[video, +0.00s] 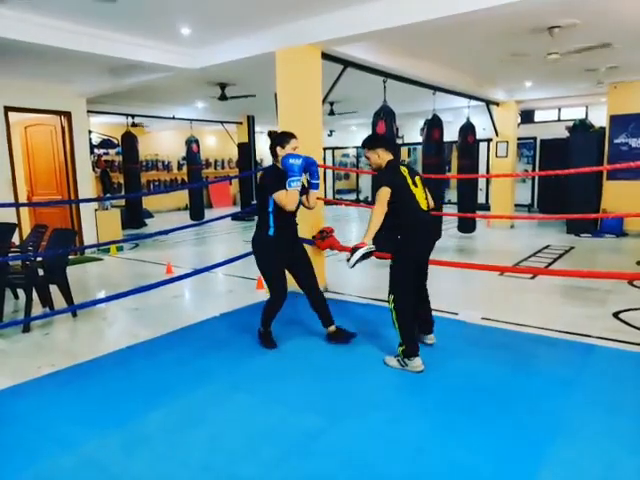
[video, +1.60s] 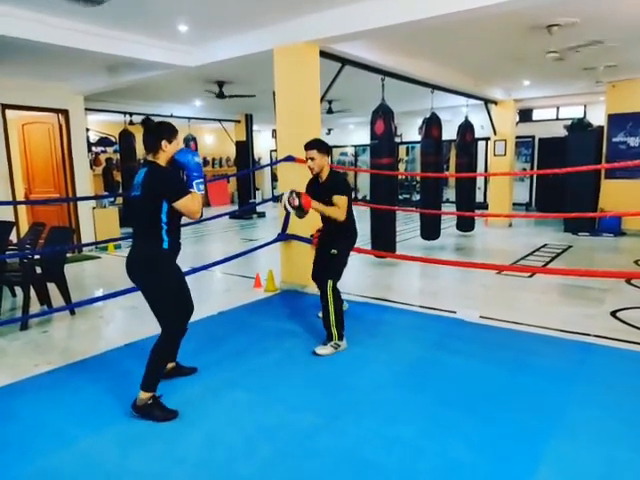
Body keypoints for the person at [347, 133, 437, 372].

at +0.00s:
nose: (368, 161)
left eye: (369, 156)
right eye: (367, 157)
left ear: (381, 152)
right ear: (386, 153)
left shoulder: (386, 175)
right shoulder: (408, 170)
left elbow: (381, 207)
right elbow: (429, 203)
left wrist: (367, 240)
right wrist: (411, 222)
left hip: (408, 239)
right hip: (426, 235)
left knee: (399, 296)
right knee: (417, 282)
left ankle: (409, 355)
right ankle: (425, 331)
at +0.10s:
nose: (365, 161)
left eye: (365, 156)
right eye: (363, 157)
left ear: (377, 152)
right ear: (383, 153)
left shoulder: (384, 173)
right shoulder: (402, 171)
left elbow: (388, 207)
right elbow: (411, 204)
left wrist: (382, 244)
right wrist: (380, 214)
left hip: (402, 237)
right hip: (417, 235)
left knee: (398, 295)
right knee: (408, 289)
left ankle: (410, 354)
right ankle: (409, 342)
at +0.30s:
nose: (357, 166)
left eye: (358, 160)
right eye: (356, 162)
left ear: (370, 155)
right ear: (368, 158)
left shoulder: (384, 176)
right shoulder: (378, 177)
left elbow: (408, 205)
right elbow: (381, 211)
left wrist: (409, 241)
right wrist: (359, 207)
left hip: (389, 243)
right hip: (389, 241)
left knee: (367, 284)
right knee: (388, 280)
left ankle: (395, 333)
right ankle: (402, 326)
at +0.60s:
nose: (338, 168)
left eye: (342, 164)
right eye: (337, 164)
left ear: (355, 161)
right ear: (338, 163)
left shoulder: (370, 182)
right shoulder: (348, 182)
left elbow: (394, 210)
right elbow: (349, 205)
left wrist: (374, 234)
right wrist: (343, 225)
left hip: (376, 234)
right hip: (363, 231)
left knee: (356, 278)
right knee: (359, 276)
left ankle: (366, 323)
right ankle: (389, 305)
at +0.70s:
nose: (335, 172)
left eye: (339, 167)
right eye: (334, 167)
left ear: (352, 164)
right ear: (335, 166)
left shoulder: (364, 187)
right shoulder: (343, 185)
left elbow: (380, 220)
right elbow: (344, 210)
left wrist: (351, 233)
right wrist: (338, 230)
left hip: (371, 237)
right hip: (357, 235)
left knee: (354, 279)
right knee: (342, 270)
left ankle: (366, 324)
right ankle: (372, 299)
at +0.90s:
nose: (326, 156)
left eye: (329, 152)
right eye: (324, 152)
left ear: (341, 150)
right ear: (324, 152)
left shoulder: (354, 171)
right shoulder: (329, 173)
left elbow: (370, 202)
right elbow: (333, 198)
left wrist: (342, 209)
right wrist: (324, 212)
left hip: (357, 224)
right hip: (340, 223)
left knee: (350, 270)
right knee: (334, 266)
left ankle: (362, 316)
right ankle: (336, 304)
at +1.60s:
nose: (309, 164)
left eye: (312, 159)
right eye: (307, 160)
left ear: (326, 157)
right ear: (309, 161)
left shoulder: (339, 180)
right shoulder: (312, 183)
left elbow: (341, 214)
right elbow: (303, 212)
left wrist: (311, 204)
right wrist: (295, 203)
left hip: (344, 233)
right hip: (326, 231)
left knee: (327, 281)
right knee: (318, 275)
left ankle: (336, 339)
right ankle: (336, 304)